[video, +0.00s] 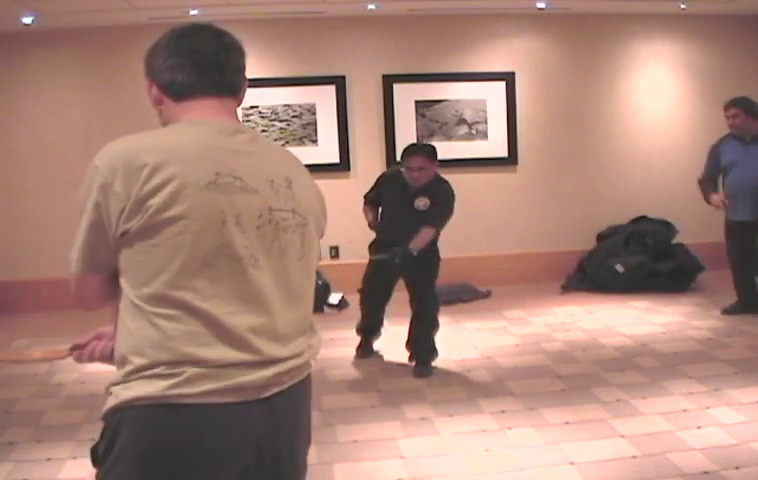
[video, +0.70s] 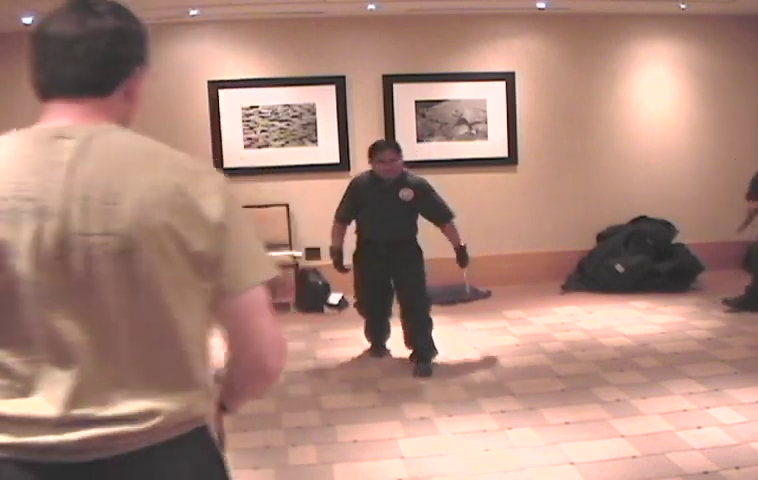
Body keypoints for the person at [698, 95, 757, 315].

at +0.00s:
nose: (730, 122)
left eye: (734, 116)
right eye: (728, 117)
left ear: (750, 116)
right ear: (726, 119)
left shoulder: (755, 143)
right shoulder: (723, 146)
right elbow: (707, 176)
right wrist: (710, 194)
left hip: (753, 216)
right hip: (738, 217)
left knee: (752, 260)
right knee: (740, 260)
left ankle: (752, 300)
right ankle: (745, 299)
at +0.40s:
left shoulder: (750, 147)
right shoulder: (751, 147)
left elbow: (736, 172)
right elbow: (736, 172)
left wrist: (723, 200)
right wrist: (723, 199)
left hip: (754, 217)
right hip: (754, 216)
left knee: (750, 257)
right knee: (749, 257)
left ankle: (748, 299)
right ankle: (747, 299)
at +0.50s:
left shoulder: (754, 151)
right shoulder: (755, 150)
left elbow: (747, 170)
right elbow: (747, 170)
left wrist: (731, 196)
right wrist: (731, 196)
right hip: (757, 220)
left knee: (754, 254)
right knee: (754, 254)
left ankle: (749, 296)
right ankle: (749, 296)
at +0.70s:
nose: (750, 204)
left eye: (752, 200)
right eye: (750, 200)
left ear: (755, 200)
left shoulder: (755, 179)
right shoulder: (754, 178)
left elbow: (753, 209)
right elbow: (752, 207)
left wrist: (743, 225)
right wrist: (744, 224)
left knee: (753, 254)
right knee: (751, 254)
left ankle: (753, 295)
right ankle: (751, 292)